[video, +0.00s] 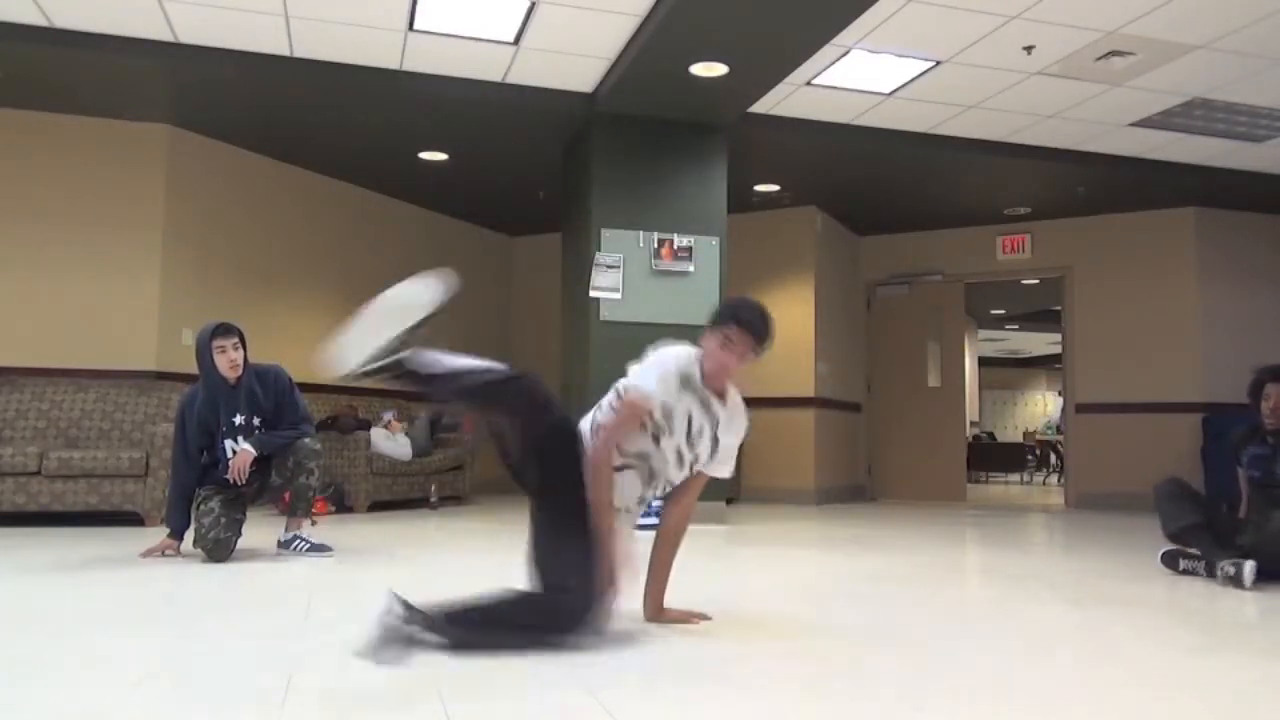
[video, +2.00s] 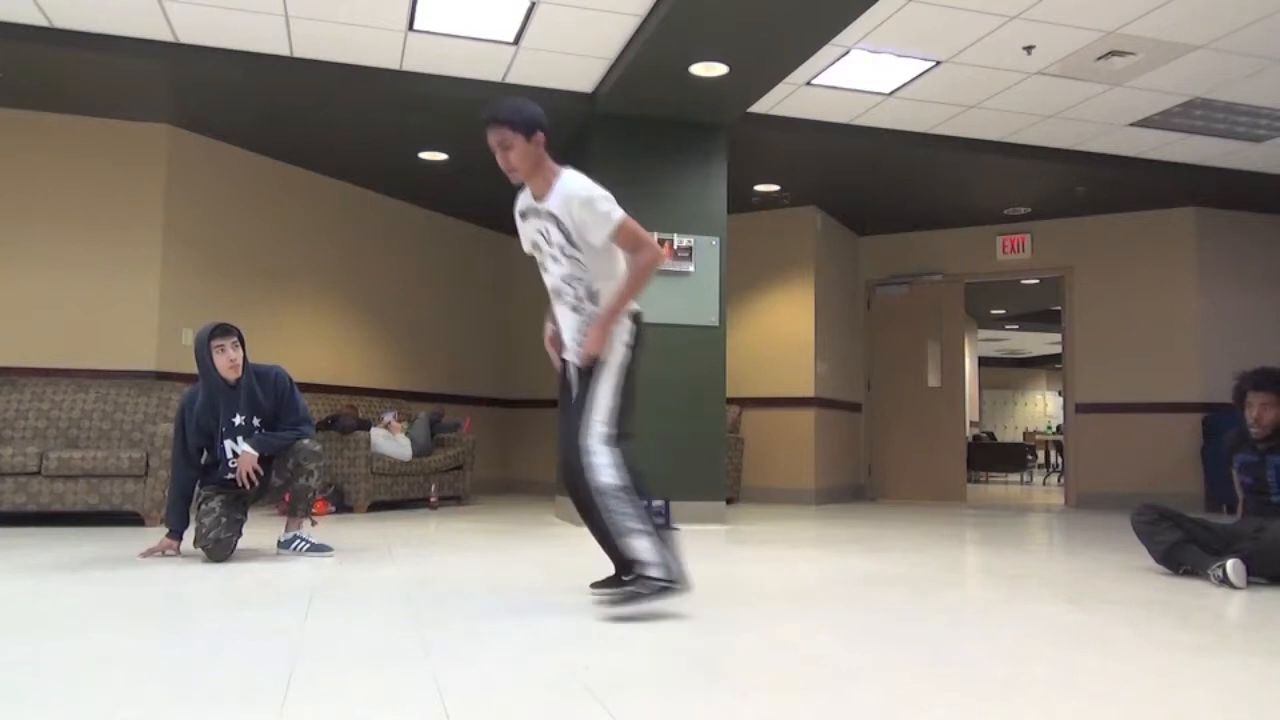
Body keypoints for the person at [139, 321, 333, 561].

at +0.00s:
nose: (232, 357)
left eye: (236, 348)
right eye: (221, 351)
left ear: (244, 350)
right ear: (207, 359)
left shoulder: (272, 379)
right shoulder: (194, 403)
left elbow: (304, 428)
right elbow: (184, 470)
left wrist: (254, 445)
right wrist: (174, 534)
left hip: (265, 477)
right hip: (219, 488)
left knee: (308, 449)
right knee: (215, 549)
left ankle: (292, 534)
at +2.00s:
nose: (232, 356)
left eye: (235, 347)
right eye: (221, 351)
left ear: (243, 350)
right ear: (206, 359)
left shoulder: (273, 380)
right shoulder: (194, 403)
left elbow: (304, 430)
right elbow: (184, 470)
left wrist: (256, 445)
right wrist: (174, 535)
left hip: (267, 476)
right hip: (221, 488)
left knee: (308, 451)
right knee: (216, 549)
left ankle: (292, 534)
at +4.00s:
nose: (229, 357)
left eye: (233, 348)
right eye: (218, 352)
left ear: (242, 351)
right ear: (204, 360)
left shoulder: (272, 380)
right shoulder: (193, 404)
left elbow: (304, 430)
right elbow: (184, 471)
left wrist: (255, 445)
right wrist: (174, 535)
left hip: (267, 476)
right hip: (221, 488)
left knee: (308, 450)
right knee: (215, 549)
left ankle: (292, 534)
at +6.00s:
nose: (230, 358)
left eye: (234, 349)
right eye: (219, 352)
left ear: (242, 350)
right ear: (204, 360)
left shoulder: (272, 380)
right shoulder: (193, 404)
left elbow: (305, 429)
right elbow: (184, 470)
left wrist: (256, 446)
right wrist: (174, 535)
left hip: (267, 476)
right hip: (220, 487)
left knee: (307, 450)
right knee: (215, 549)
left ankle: (292, 534)